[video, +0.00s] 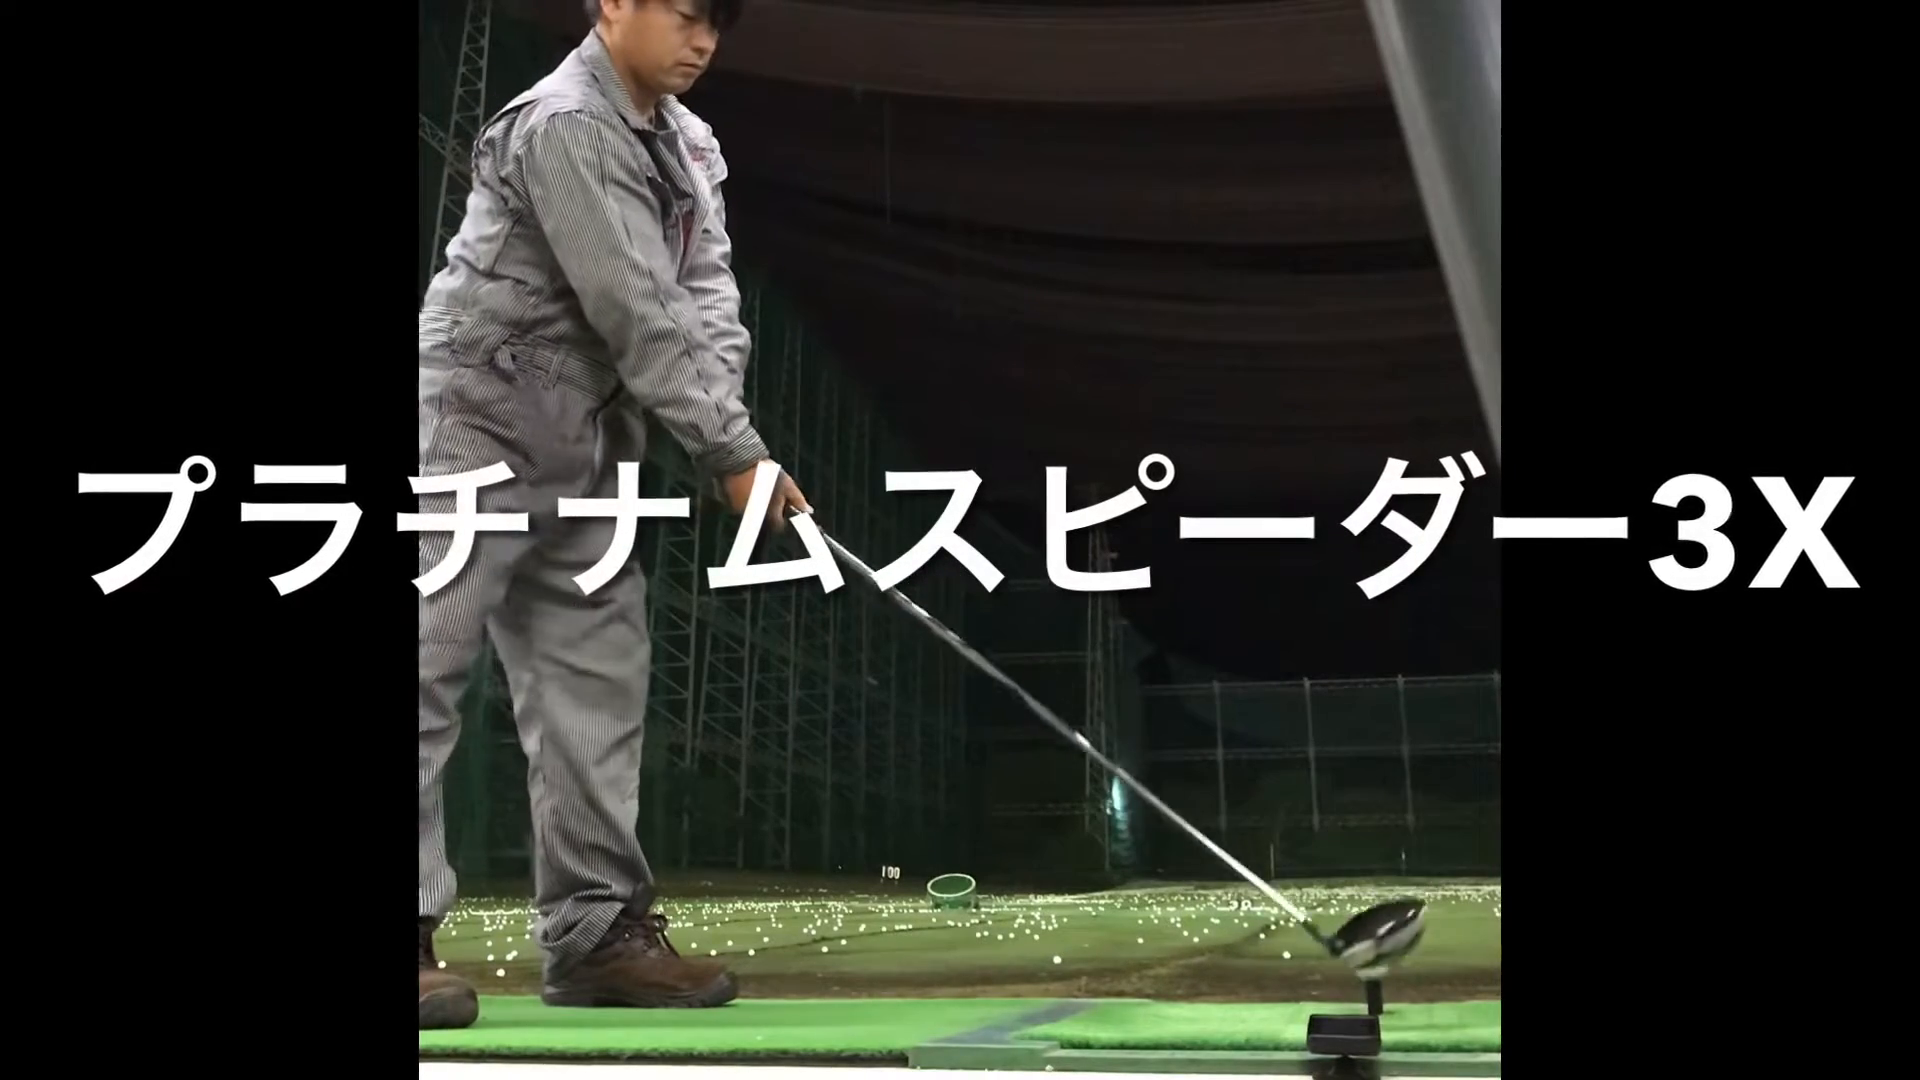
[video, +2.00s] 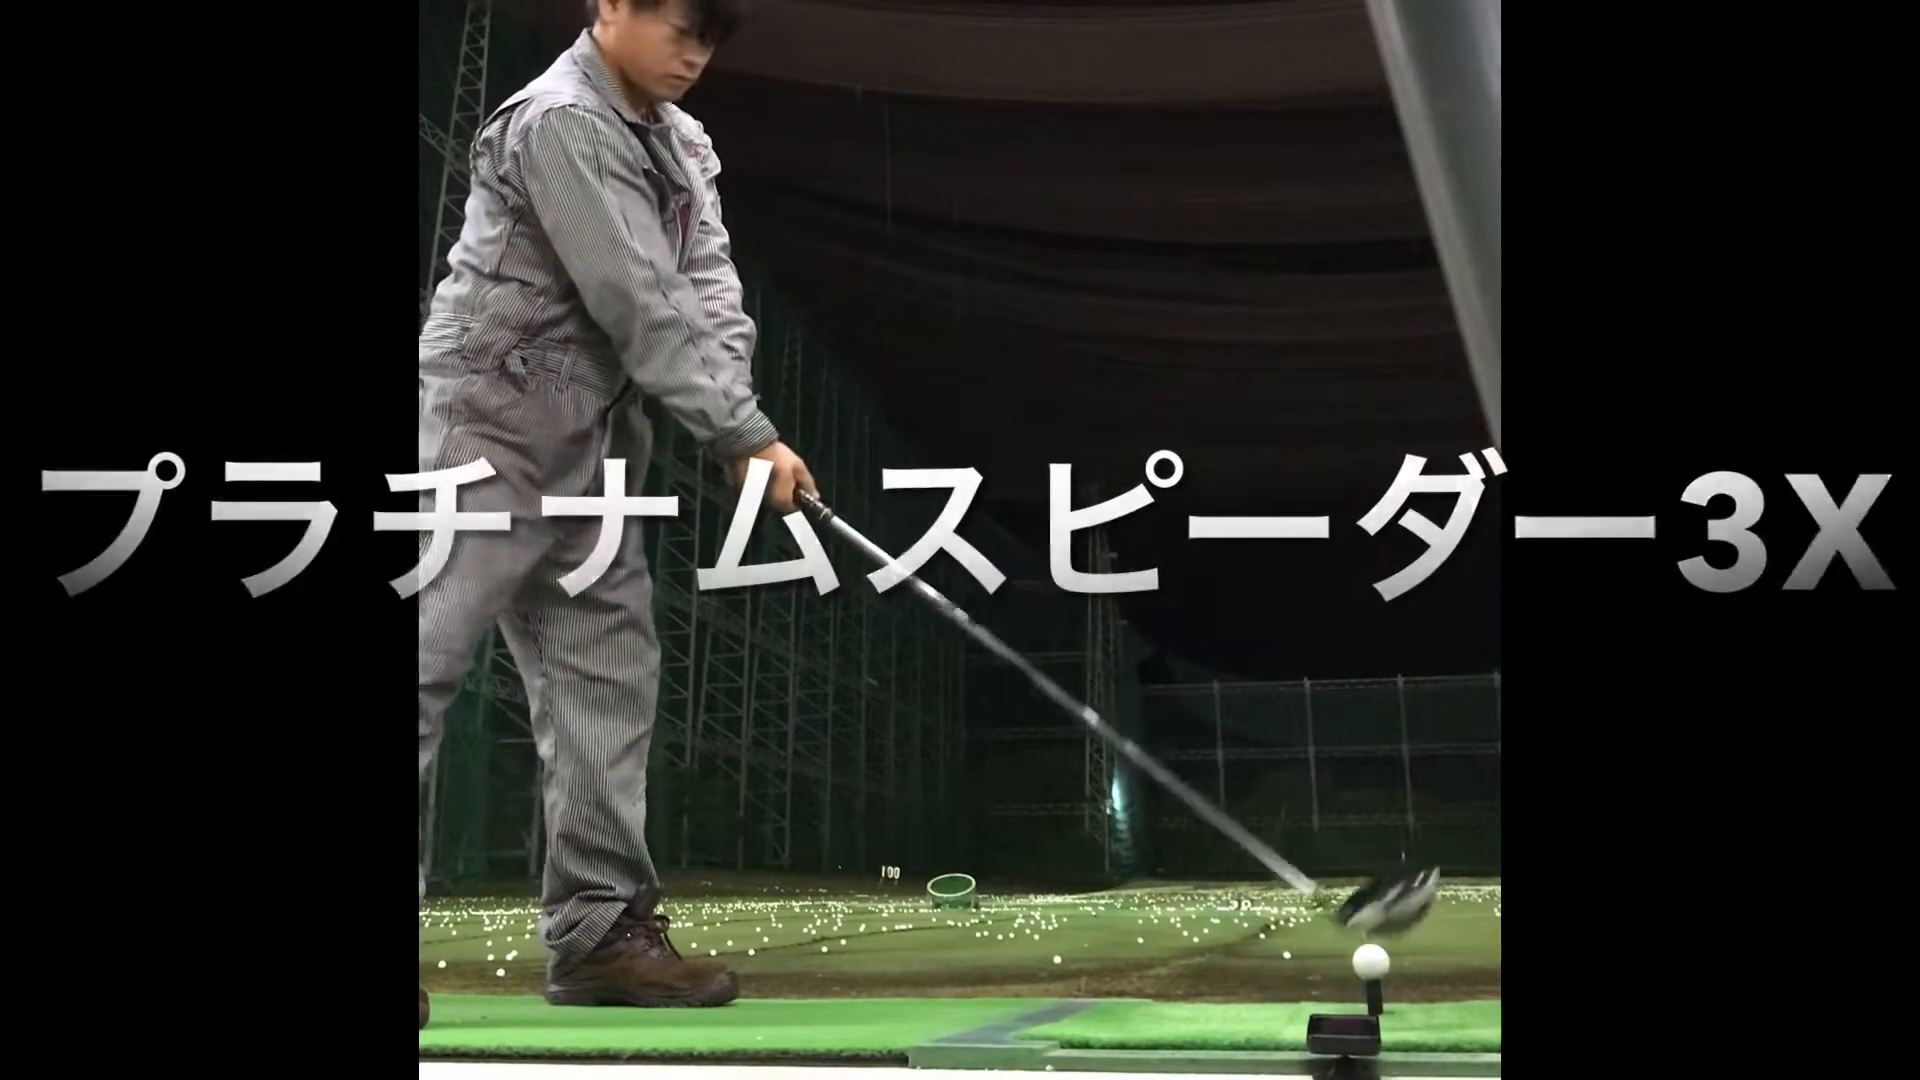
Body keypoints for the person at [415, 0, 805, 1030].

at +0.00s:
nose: (704, 40)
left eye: (713, 22)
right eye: (682, 16)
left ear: (713, 34)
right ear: (611, 10)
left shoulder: (693, 141)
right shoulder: (563, 123)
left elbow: (712, 299)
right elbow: (635, 309)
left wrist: (718, 434)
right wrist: (735, 453)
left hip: (586, 448)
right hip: (469, 432)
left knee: (593, 685)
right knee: (430, 687)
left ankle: (594, 936)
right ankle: (417, 946)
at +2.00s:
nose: (698, 56)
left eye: (710, 38)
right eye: (680, 30)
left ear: (714, 41)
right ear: (610, 12)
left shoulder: (685, 141)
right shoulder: (556, 121)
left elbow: (712, 288)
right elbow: (635, 298)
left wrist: (730, 420)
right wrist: (744, 434)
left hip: (587, 461)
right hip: (478, 443)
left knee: (605, 685)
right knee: (425, 685)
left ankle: (599, 937)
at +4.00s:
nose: (659, 28)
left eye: (672, 15)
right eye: (642, 4)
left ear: (674, 34)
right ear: (578, 3)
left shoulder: (675, 133)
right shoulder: (498, 111)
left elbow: (692, 264)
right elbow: (574, 277)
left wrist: (695, 385)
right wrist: (684, 405)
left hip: (602, 447)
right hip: (465, 433)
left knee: (621, 677)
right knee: (428, 679)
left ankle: (598, 936)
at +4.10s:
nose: (653, 30)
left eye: (670, 20)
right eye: (638, 5)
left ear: (673, 42)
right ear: (574, 2)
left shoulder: (682, 132)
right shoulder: (469, 105)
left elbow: (680, 240)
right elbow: (512, 236)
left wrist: (645, 335)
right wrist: (590, 342)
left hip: (604, 428)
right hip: (460, 421)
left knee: (629, 677)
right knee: (420, 656)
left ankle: (600, 935)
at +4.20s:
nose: (653, 33)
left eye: (672, 26)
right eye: (639, 7)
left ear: (676, 48)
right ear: (577, 2)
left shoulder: (685, 130)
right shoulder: (454, 95)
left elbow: (620, 194)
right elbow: (440, 178)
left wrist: (492, 228)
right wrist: (446, 225)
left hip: (591, 430)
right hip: (441, 413)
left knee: (634, 683)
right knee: (416, 640)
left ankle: (601, 936)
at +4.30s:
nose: (651, 30)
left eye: (672, 24)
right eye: (636, 5)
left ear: (678, 47)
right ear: (578, 4)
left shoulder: (677, 120)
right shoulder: (472, 84)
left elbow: (556, 108)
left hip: (572, 405)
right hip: (435, 386)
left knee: (624, 673)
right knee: (420, 620)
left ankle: (607, 930)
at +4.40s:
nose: (634, 24)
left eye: (647, 21)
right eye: (628, 7)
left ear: (656, 33)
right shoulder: (448, 77)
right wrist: (533, 31)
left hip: (533, 377)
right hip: (427, 378)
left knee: (610, 658)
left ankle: (622, 913)